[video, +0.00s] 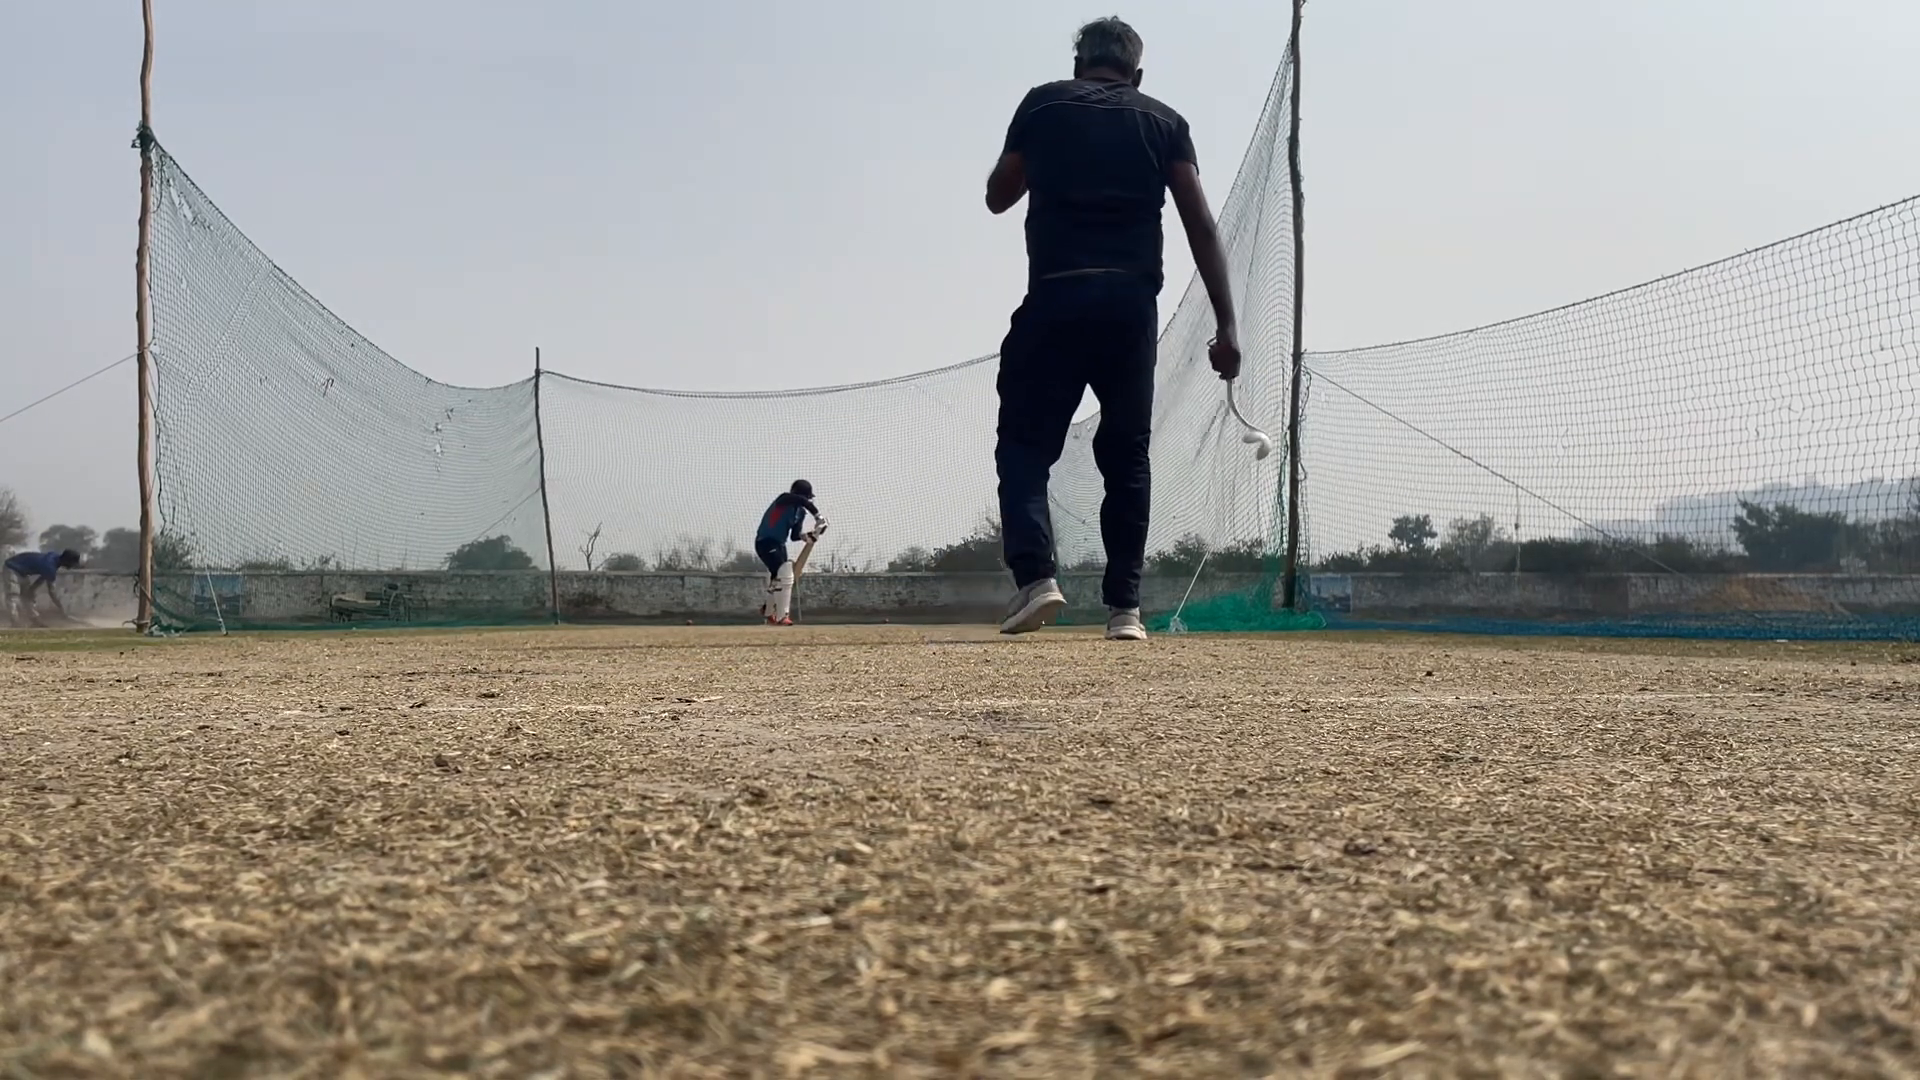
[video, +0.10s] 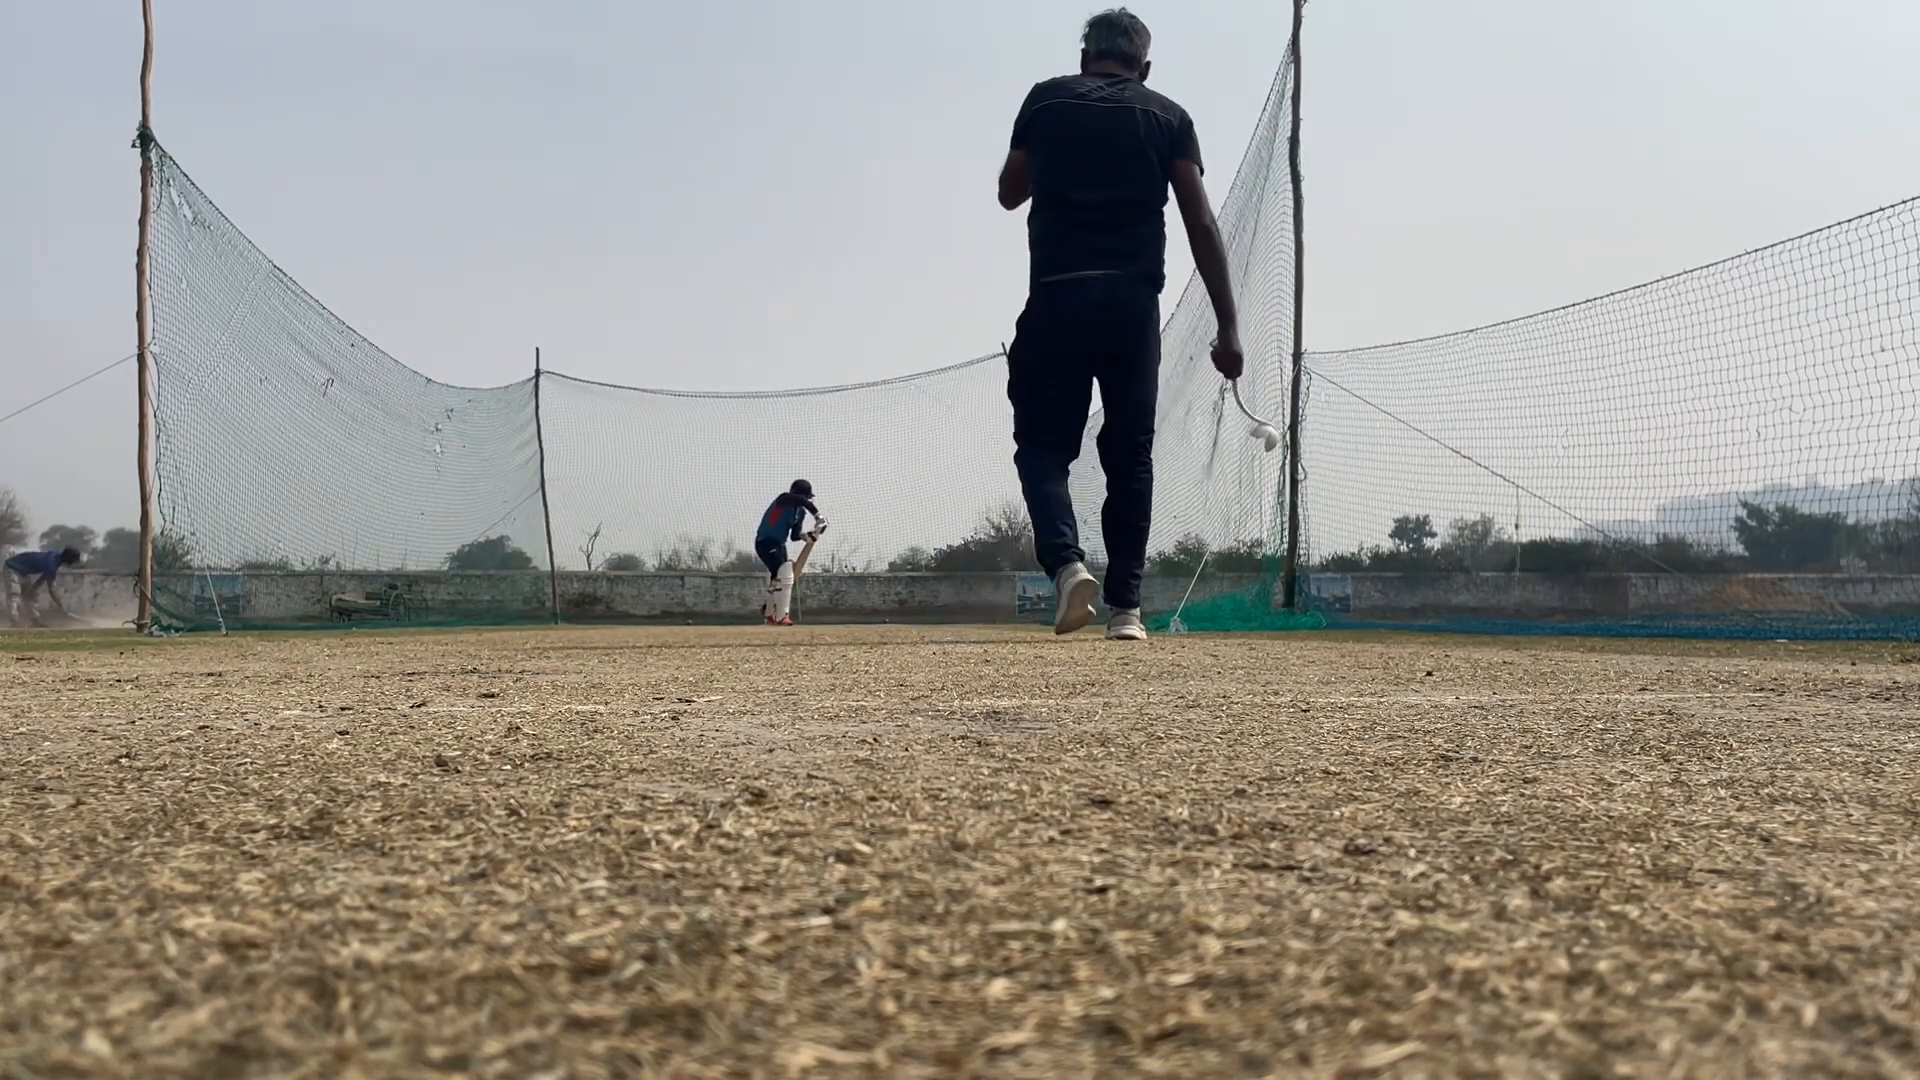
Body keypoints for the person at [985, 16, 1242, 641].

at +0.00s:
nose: (1133, 79)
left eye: (1088, 66)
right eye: (1137, 72)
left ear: (1076, 63)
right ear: (1136, 71)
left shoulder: (1042, 103)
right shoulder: (1162, 120)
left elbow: (998, 197)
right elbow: (1201, 226)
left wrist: (1044, 146)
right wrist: (1227, 328)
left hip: (1052, 304)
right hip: (1130, 310)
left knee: (1024, 445)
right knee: (1127, 453)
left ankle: (1037, 581)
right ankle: (1124, 610)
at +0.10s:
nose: (1145, 71)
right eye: (1146, 64)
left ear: (1083, 56)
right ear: (1144, 64)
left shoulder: (1045, 99)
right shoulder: (1166, 115)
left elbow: (1010, 193)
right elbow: (1201, 223)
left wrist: (1057, 148)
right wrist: (1229, 328)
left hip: (1054, 306)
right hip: (1132, 309)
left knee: (1043, 445)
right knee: (1130, 455)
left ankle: (1067, 567)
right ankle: (1125, 611)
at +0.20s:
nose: (1148, 63)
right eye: (1149, 55)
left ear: (1084, 49)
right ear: (1145, 55)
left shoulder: (1044, 95)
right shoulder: (1167, 110)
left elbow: (1016, 189)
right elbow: (1199, 223)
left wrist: (1062, 144)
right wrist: (1223, 320)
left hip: (1056, 305)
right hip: (1133, 305)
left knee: (1063, 446)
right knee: (1133, 456)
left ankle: (1076, 577)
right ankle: (1124, 611)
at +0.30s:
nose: (1142, 60)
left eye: (1091, 43)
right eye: (1144, 51)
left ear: (1081, 43)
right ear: (1142, 52)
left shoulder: (1040, 91)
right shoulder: (1164, 102)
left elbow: (1015, 186)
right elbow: (1196, 217)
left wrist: (1063, 140)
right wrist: (1215, 314)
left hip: (1056, 303)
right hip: (1134, 304)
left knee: (1069, 445)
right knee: (1134, 451)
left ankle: (1090, 598)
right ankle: (1125, 611)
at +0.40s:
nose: (1136, 45)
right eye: (1138, 37)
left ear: (1076, 34)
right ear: (1137, 40)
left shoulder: (1034, 85)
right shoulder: (1161, 92)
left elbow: (1015, 185)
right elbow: (1194, 211)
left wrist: (1064, 138)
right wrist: (1209, 305)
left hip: (1053, 301)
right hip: (1134, 302)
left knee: (1071, 450)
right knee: (1135, 450)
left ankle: (1092, 610)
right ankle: (1128, 610)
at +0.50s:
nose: (1137, 29)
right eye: (1137, 23)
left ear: (1073, 25)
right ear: (1134, 31)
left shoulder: (1031, 76)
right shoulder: (1158, 82)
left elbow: (1015, 181)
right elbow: (1194, 203)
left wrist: (1067, 138)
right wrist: (1209, 304)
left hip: (1052, 295)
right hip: (1135, 295)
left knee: (1070, 453)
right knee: (1141, 450)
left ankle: (1091, 611)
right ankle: (1136, 608)